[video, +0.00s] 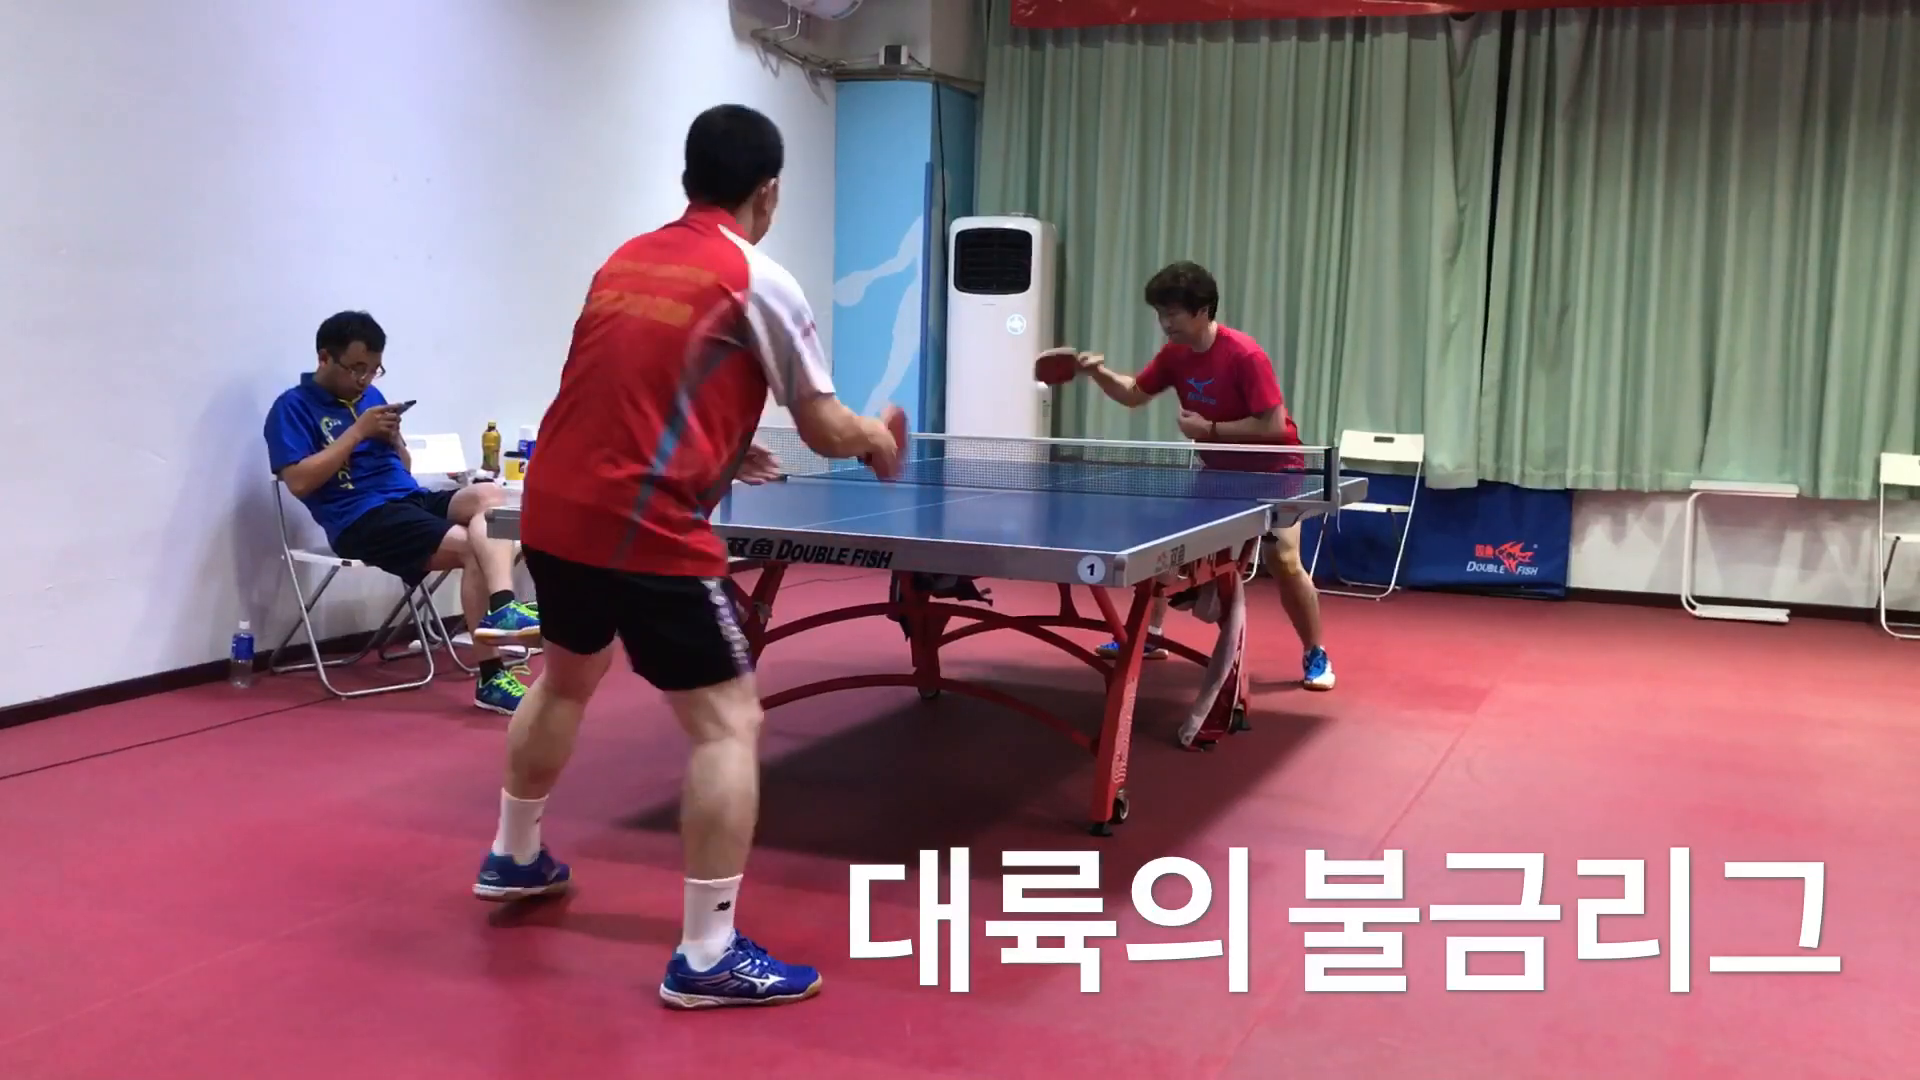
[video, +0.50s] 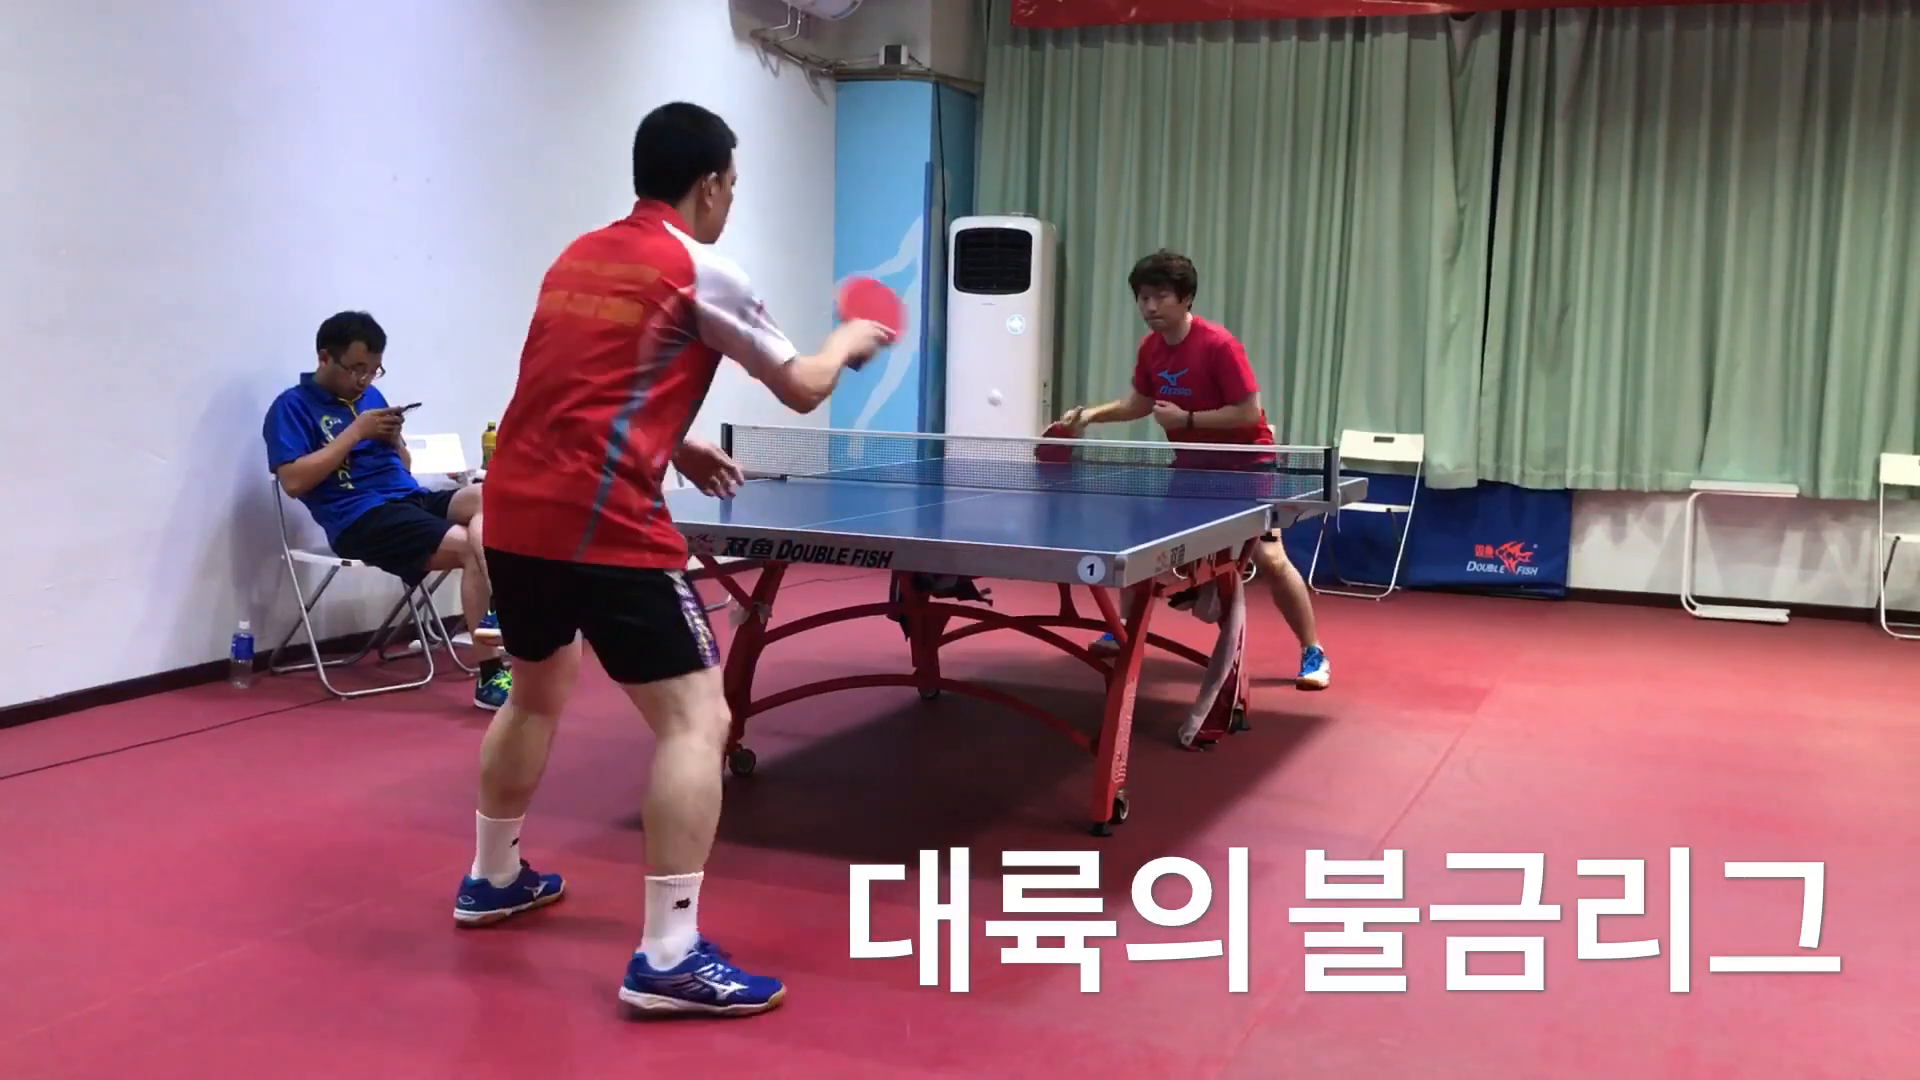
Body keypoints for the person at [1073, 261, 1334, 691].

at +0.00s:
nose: (1164, 324)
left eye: (1172, 315)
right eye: (1160, 315)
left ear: (1202, 311)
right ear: (1162, 315)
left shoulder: (1246, 355)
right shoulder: (1175, 355)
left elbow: (1272, 425)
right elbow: (1134, 394)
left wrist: (1209, 429)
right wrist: (1098, 371)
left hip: (1274, 472)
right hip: (1218, 472)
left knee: (1285, 561)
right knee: (1165, 544)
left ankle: (1315, 653)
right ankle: (1148, 633)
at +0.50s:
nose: (1149, 307)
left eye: (1158, 297)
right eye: (1142, 298)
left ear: (1185, 298)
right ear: (1137, 301)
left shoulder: (1219, 345)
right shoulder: (1151, 348)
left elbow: (1250, 413)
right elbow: (1141, 403)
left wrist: (1186, 419)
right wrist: (1091, 413)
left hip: (1246, 468)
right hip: (1191, 468)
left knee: (1271, 557)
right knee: (1150, 541)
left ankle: (1312, 650)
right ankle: (1129, 628)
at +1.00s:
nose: (1156, 311)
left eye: (1165, 301)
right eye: (1150, 302)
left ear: (1193, 300)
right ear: (1146, 304)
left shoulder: (1235, 344)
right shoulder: (1150, 350)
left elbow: (1269, 409)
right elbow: (1100, 400)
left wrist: (1208, 418)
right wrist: (1093, 370)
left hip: (1255, 468)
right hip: (1197, 469)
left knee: (1279, 555)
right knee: (1148, 542)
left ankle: (1314, 652)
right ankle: (1126, 633)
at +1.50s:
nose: (1128, 330)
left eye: (1136, 321)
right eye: (1123, 321)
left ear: (1166, 316)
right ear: (1120, 321)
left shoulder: (1196, 361)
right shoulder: (1158, 356)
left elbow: (1226, 430)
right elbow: (1169, 402)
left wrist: (1171, 434)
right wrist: (1115, 410)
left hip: (1247, 473)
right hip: (1199, 472)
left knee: (1256, 572)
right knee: (1139, 539)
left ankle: (1311, 652)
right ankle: (1128, 631)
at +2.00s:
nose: (1159, 311)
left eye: (1169, 301)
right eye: (1152, 302)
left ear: (1194, 301)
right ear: (1147, 305)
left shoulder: (1234, 346)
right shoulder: (1146, 355)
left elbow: (1267, 411)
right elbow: (1108, 419)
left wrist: (1207, 422)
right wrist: (1110, 386)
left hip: (1244, 473)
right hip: (1184, 474)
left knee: (1270, 555)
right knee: (1134, 548)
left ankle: (1313, 652)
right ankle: (1122, 634)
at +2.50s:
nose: (1144, 326)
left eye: (1151, 318)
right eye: (1141, 318)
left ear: (1180, 314)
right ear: (1141, 317)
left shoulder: (1222, 359)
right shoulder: (1163, 355)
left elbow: (1247, 429)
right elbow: (1130, 392)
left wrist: (1187, 431)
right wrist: (1082, 376)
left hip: (1256, 473)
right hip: (1206, 472)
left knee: (1266, 570)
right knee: (1153, 544)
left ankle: (1312, 650)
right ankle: (1126, 632)